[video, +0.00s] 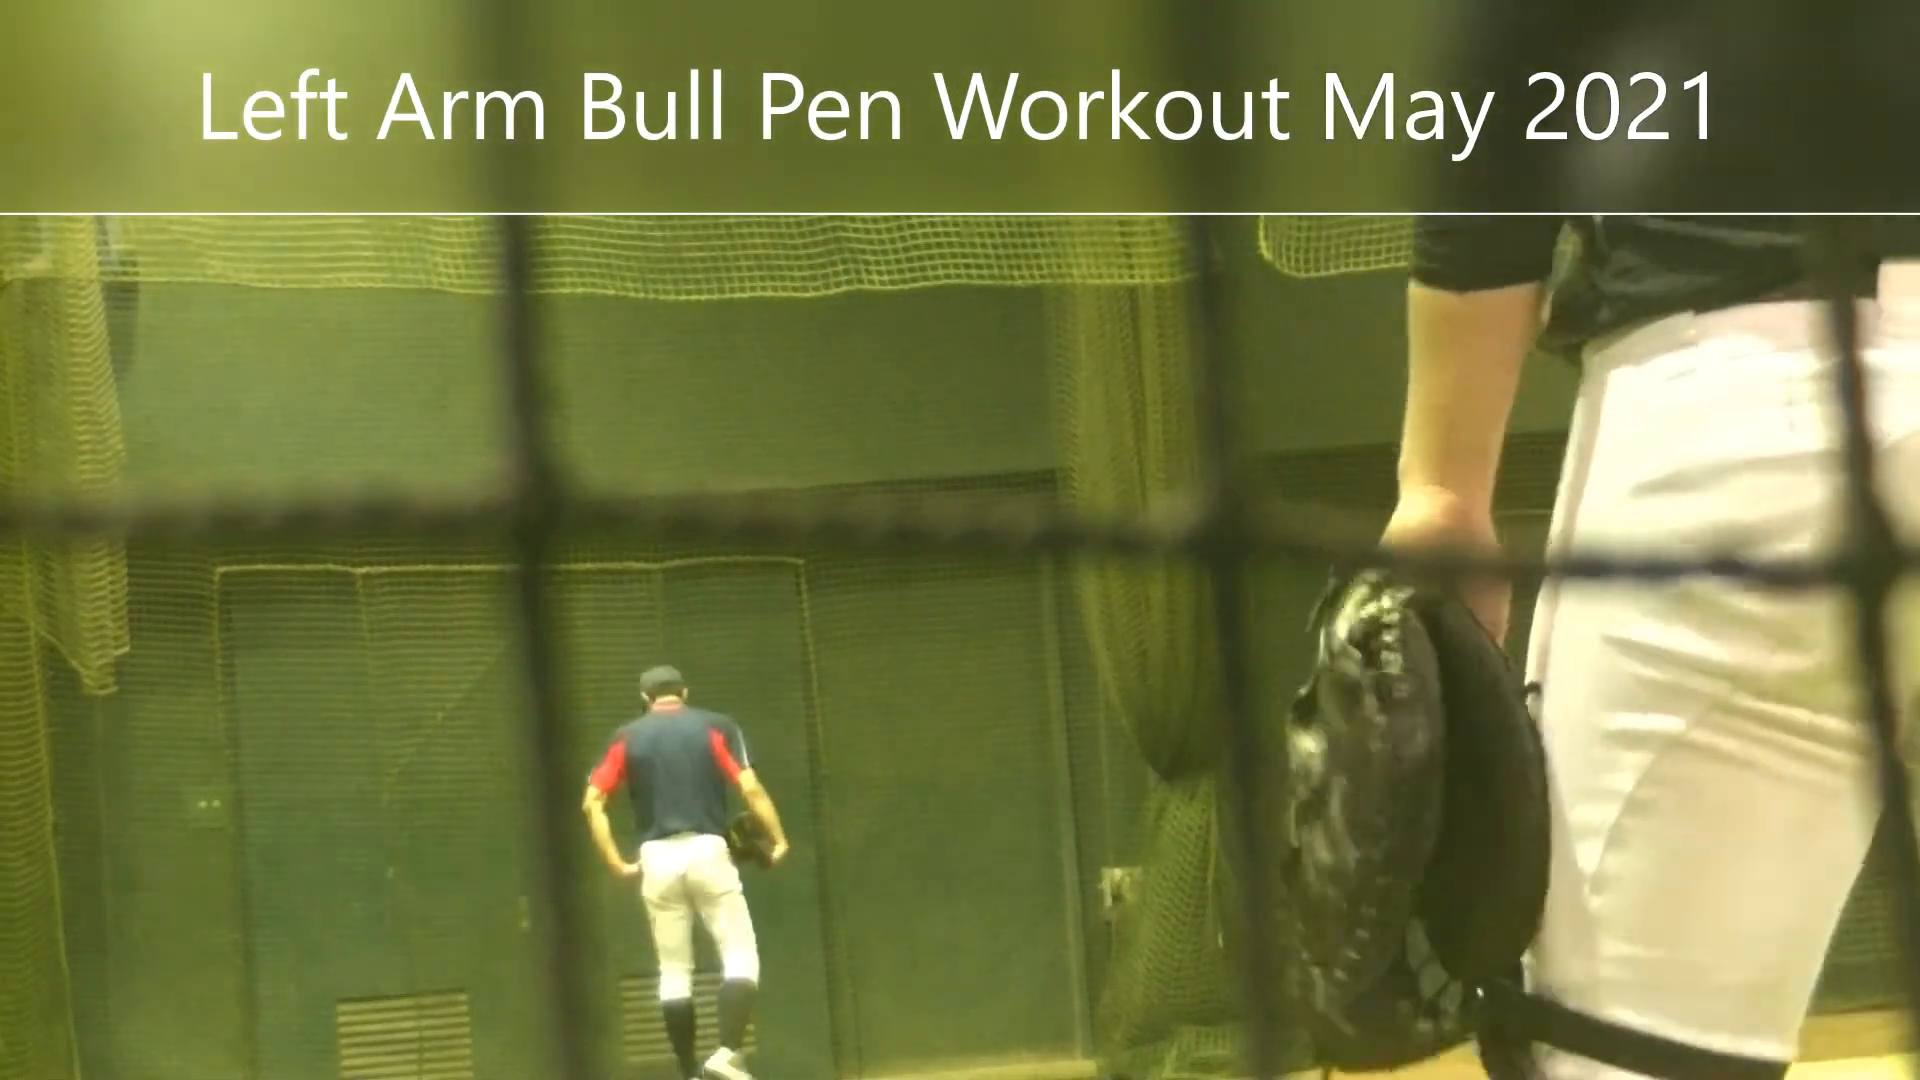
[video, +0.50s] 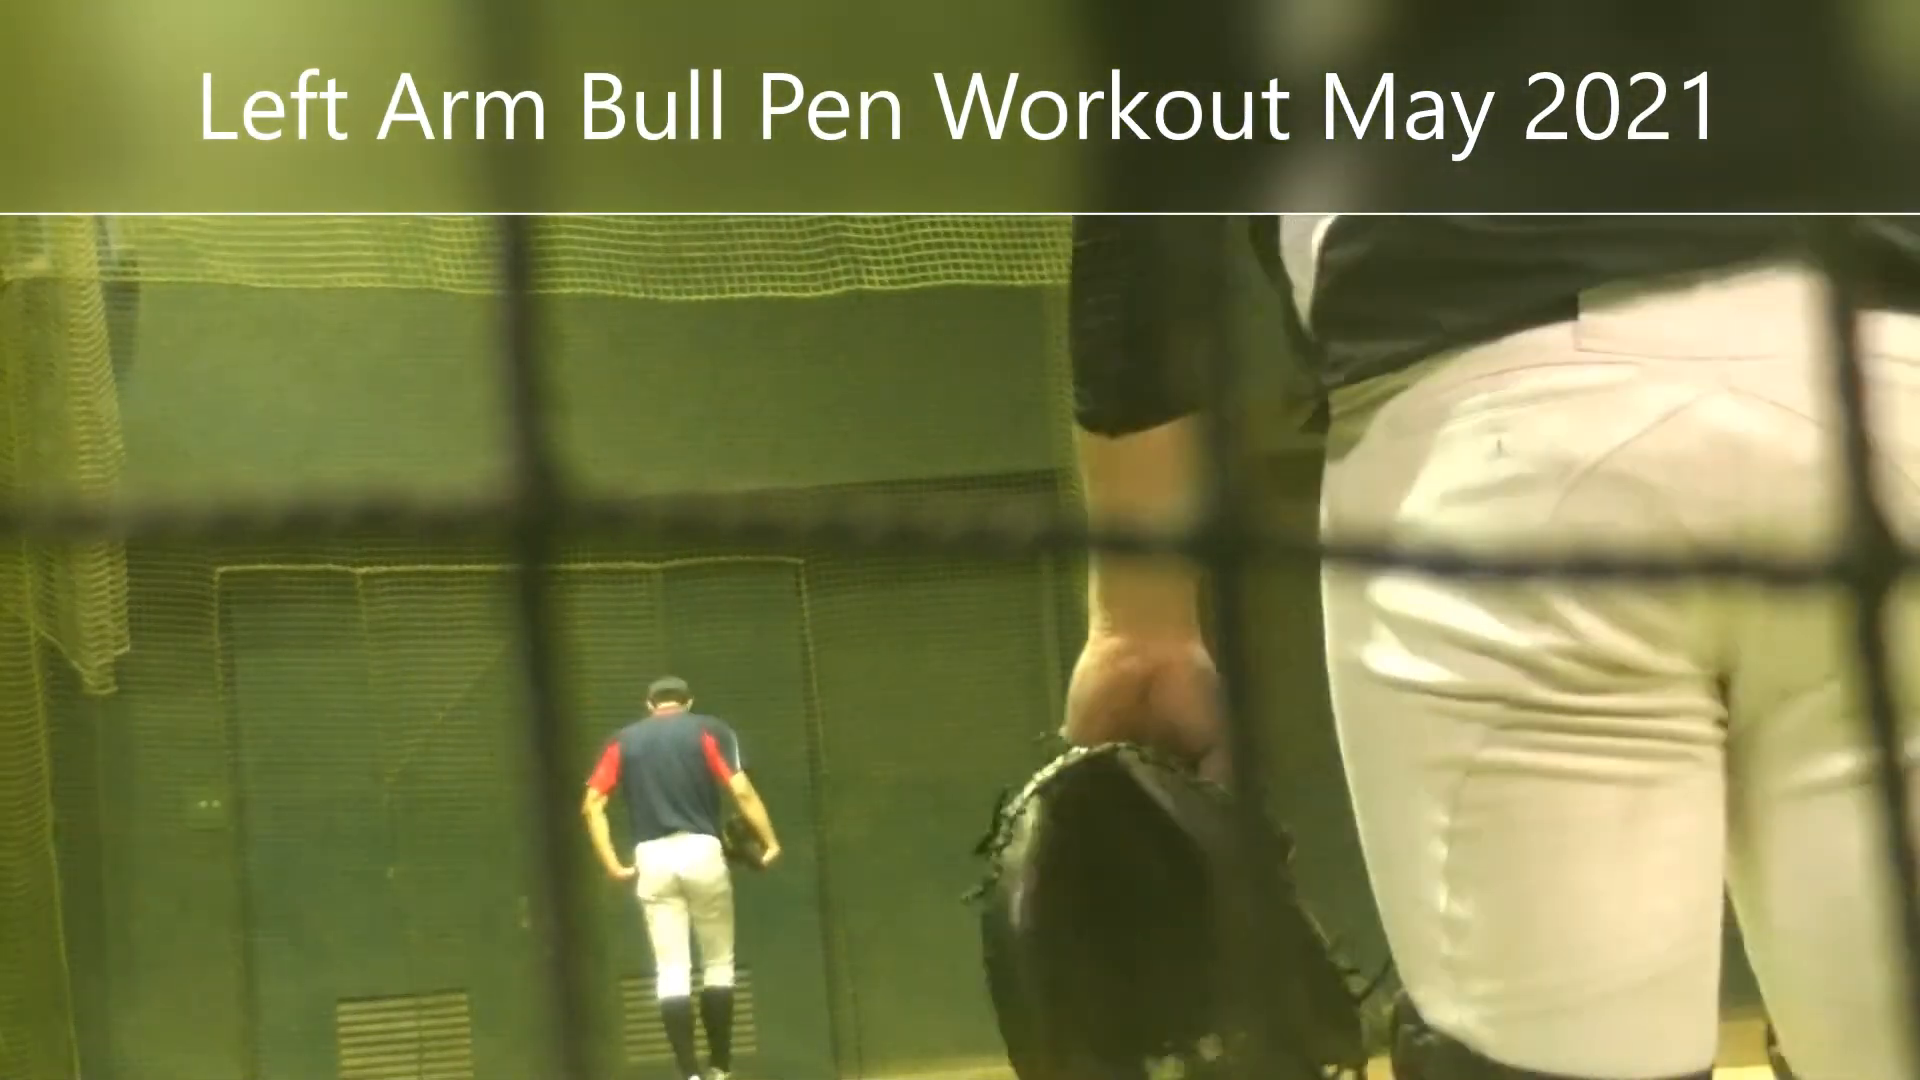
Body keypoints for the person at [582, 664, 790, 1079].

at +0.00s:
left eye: (649, 696)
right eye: (674, 690)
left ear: (645, 699)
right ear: (684, 693)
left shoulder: (628, 737)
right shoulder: (715, 726)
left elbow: (592, 802)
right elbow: (750, 789)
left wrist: (615, 863)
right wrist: (778, 837)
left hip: (657, 859)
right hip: (709, 853)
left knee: (673, 968)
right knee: (739, 953)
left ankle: (687, 1069)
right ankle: (728, 1052)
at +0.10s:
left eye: (647, 698)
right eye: (672, 692)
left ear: (643, 700)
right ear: (681, 693)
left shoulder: (626, 736)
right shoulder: (710, 724)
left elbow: (591, 802)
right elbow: (744, 786)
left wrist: (614, 864)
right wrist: (774, 836)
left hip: (654, 857)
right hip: (705, 850)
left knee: (671, 967)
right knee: (740, 950)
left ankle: (688, 1071)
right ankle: (737, 1051)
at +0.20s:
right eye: (673, 693)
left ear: (642, 701)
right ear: (681, 695)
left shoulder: (623, 737)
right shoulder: (707, 725)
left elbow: (590, 803)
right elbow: (741, 785)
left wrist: (613, 865)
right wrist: (772, 835)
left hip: (653, 856)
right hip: (703, 847)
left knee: (671, 968)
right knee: (732, 952)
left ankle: (688, 1072)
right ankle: (744, 1060)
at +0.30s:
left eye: (647, 701)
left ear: (643, 703)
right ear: (681, 697)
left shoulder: (622, 738)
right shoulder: (706, 726)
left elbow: (589, 804)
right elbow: (740, 786)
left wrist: (613, 865)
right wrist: (771, 835)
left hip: (653, 855)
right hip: (702, 847)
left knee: (670, 969)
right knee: (724, 958)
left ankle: (688, 1072)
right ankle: (745, 1064)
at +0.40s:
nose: (666, 705)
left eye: (654, 700)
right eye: (675, 699)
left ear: (646, 705)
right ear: (683, 700)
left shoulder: (622, 739)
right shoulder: (706, 728)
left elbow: (590, 804)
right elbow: (739, 788)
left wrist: (613, 865)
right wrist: (770, 838)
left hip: (653, 856)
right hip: (702, 849)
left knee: (671, 969)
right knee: (721, 963)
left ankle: (688, 1071)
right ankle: (734, 1065)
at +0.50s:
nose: (670, 708)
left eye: (662, 701)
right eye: (680, 701)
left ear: (650, 705)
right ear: (688, 702)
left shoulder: (625, 740)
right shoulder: (709, 731)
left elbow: (592, 803)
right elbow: (742, 792)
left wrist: (613, 866)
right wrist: (770, 842)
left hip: (653, 857)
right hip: (702, 851)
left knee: (671, 968)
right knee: (718, 961)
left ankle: (687, 1070)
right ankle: (720, 1066)